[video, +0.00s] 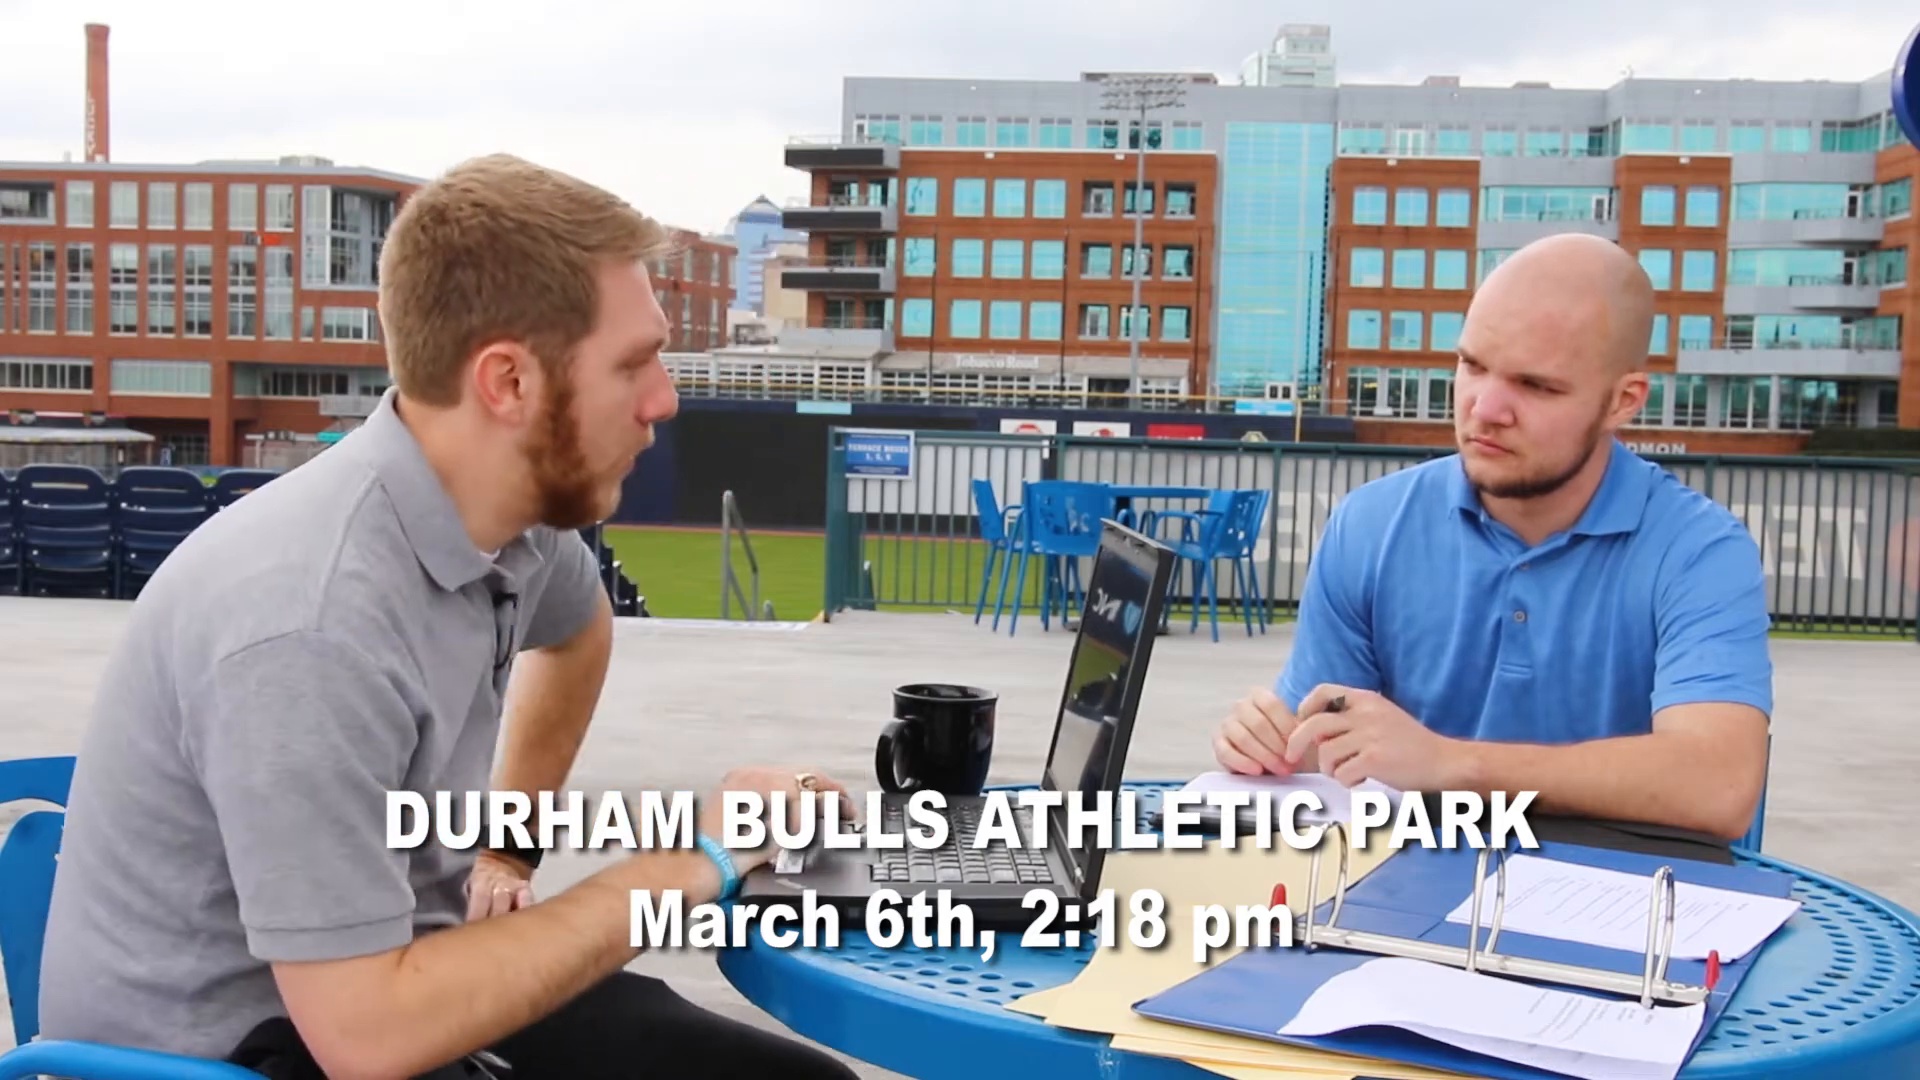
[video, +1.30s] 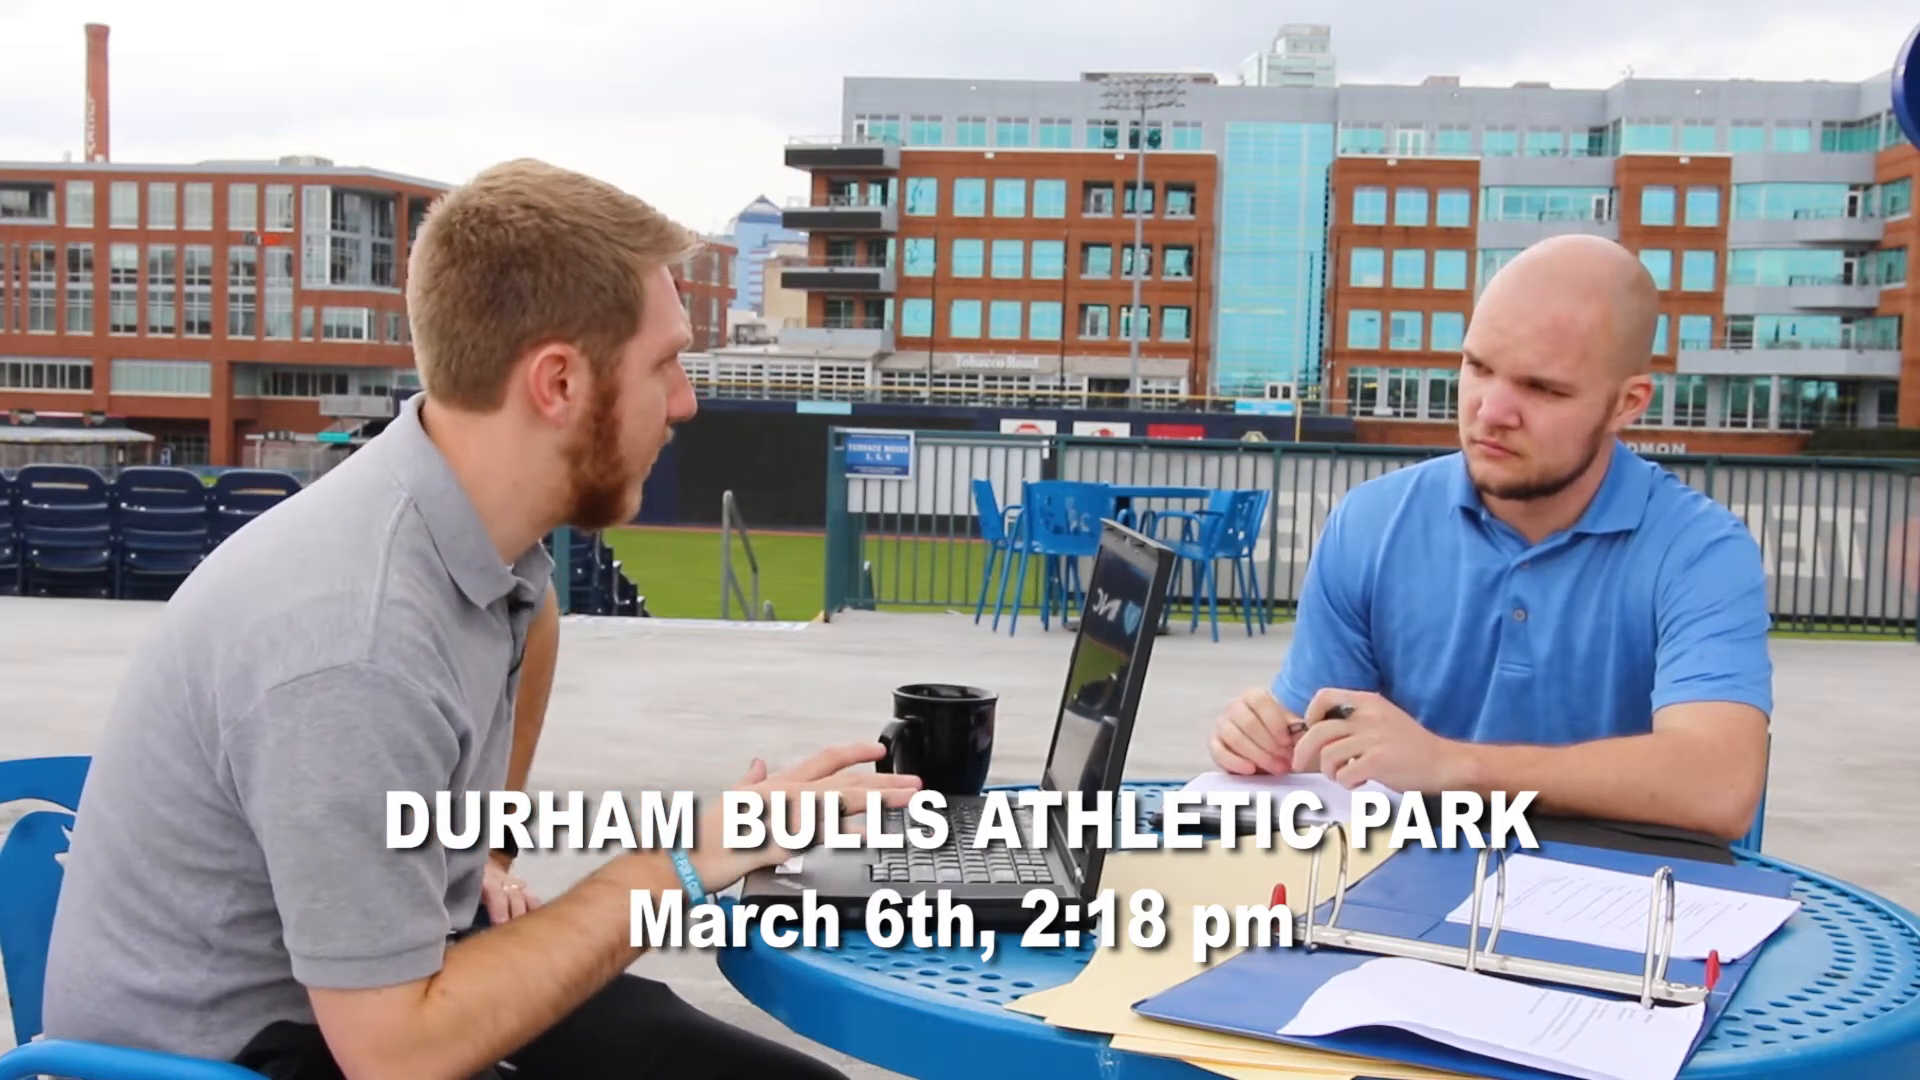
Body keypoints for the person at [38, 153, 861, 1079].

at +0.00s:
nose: (665, 405)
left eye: (658, 361)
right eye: (637, 366)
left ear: (505, 390)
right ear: (506, 385)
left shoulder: (503, 516)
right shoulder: (301, 626)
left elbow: (576, 631)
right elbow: (370, 1030)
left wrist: (508, 837)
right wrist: (689, 852)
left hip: (407, 953)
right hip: (212, 1041)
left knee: (814, 1072)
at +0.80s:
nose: (704, 427)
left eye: (698, 389)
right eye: (679, 395)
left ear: (549, 418)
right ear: (556, 415)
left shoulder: (485, 522)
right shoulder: (346, 660)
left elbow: (533, 643)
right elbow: (399, 1050)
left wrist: (481, 833)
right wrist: (712, 845)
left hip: (395, 953)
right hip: (218, 1043)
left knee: (791, 1061)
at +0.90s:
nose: (702, 427)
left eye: (696, 389)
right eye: (677, 397)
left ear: (548, 416)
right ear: (555, 413)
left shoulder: (477, 533)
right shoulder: (348, 659)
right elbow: (402, 1054)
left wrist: (466, 857)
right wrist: (706, 851)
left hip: (381, 968)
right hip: (216, 1047)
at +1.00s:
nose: (698, 422)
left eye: (693, 382)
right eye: (675, 388)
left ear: (544, 409)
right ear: (554, 406)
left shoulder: (473, 514)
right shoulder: (354, 667)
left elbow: (515, 652)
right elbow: (406, 1054)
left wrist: (479, 832)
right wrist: (699, 852)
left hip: (382, 953)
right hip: (217, 1044)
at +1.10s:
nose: (689, 409)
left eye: (683, 371)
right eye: (669, 374)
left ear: (542, 397)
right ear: (554, 395)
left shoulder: (461, 508)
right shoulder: (349, 663)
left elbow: (539, 636)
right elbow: (404, 1051)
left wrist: (488, 836)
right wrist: (704, 854)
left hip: (376, 957)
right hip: (213, 1044)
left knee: (641, 1014)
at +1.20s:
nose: (687, 408)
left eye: (680, 368)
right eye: (667, 369)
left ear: (545, 389)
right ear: (554, 388)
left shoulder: (467, 510)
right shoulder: (339, 653)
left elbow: (544, 634)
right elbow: (399, 1046)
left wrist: (487, 840)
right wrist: (695, 856)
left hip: (391, 952)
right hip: (216, 1040)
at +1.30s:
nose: (688, 405)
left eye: (681, 365)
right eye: (668, 367)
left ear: (546, 388)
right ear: (556, 387)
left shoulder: (464, 512)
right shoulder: (345, 652)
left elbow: (533, 637)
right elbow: (400, 1044)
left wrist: (483, 841)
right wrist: (695, 857)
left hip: (387, 951)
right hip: (215, 1041)